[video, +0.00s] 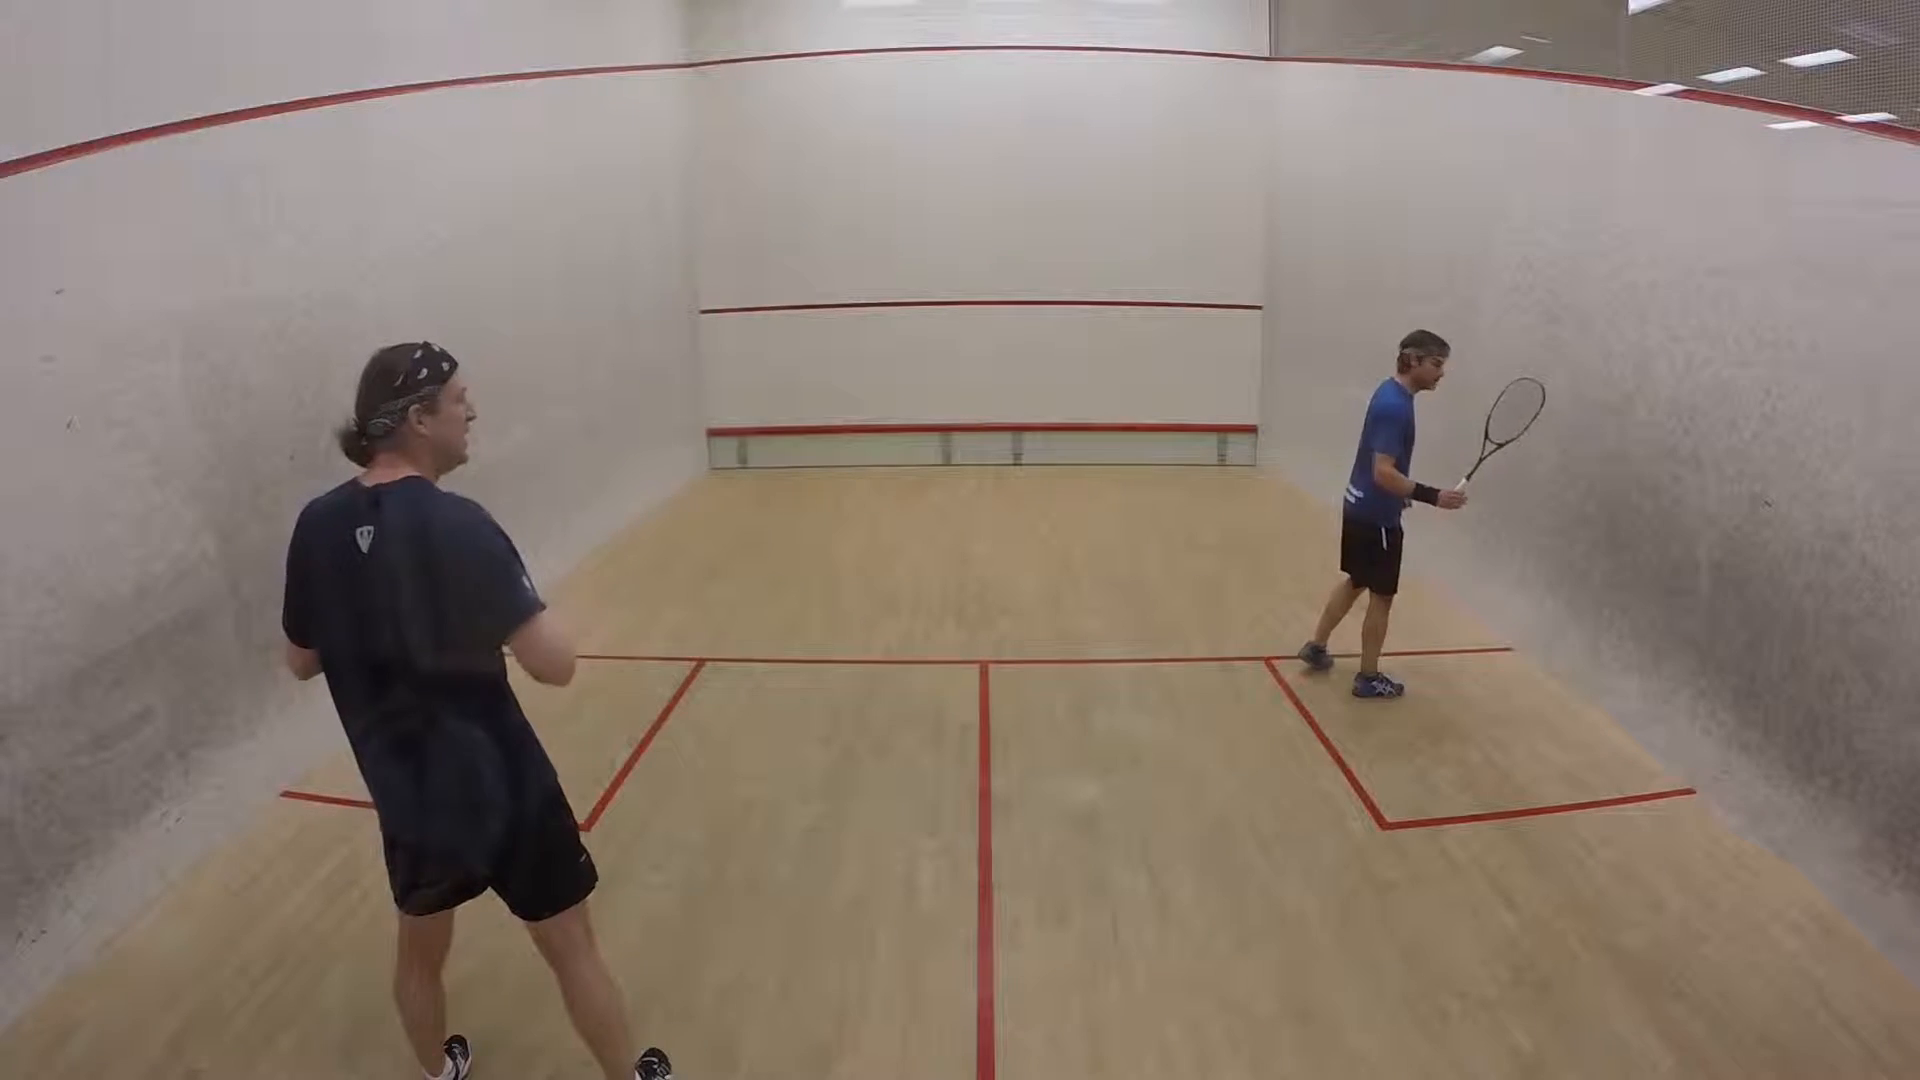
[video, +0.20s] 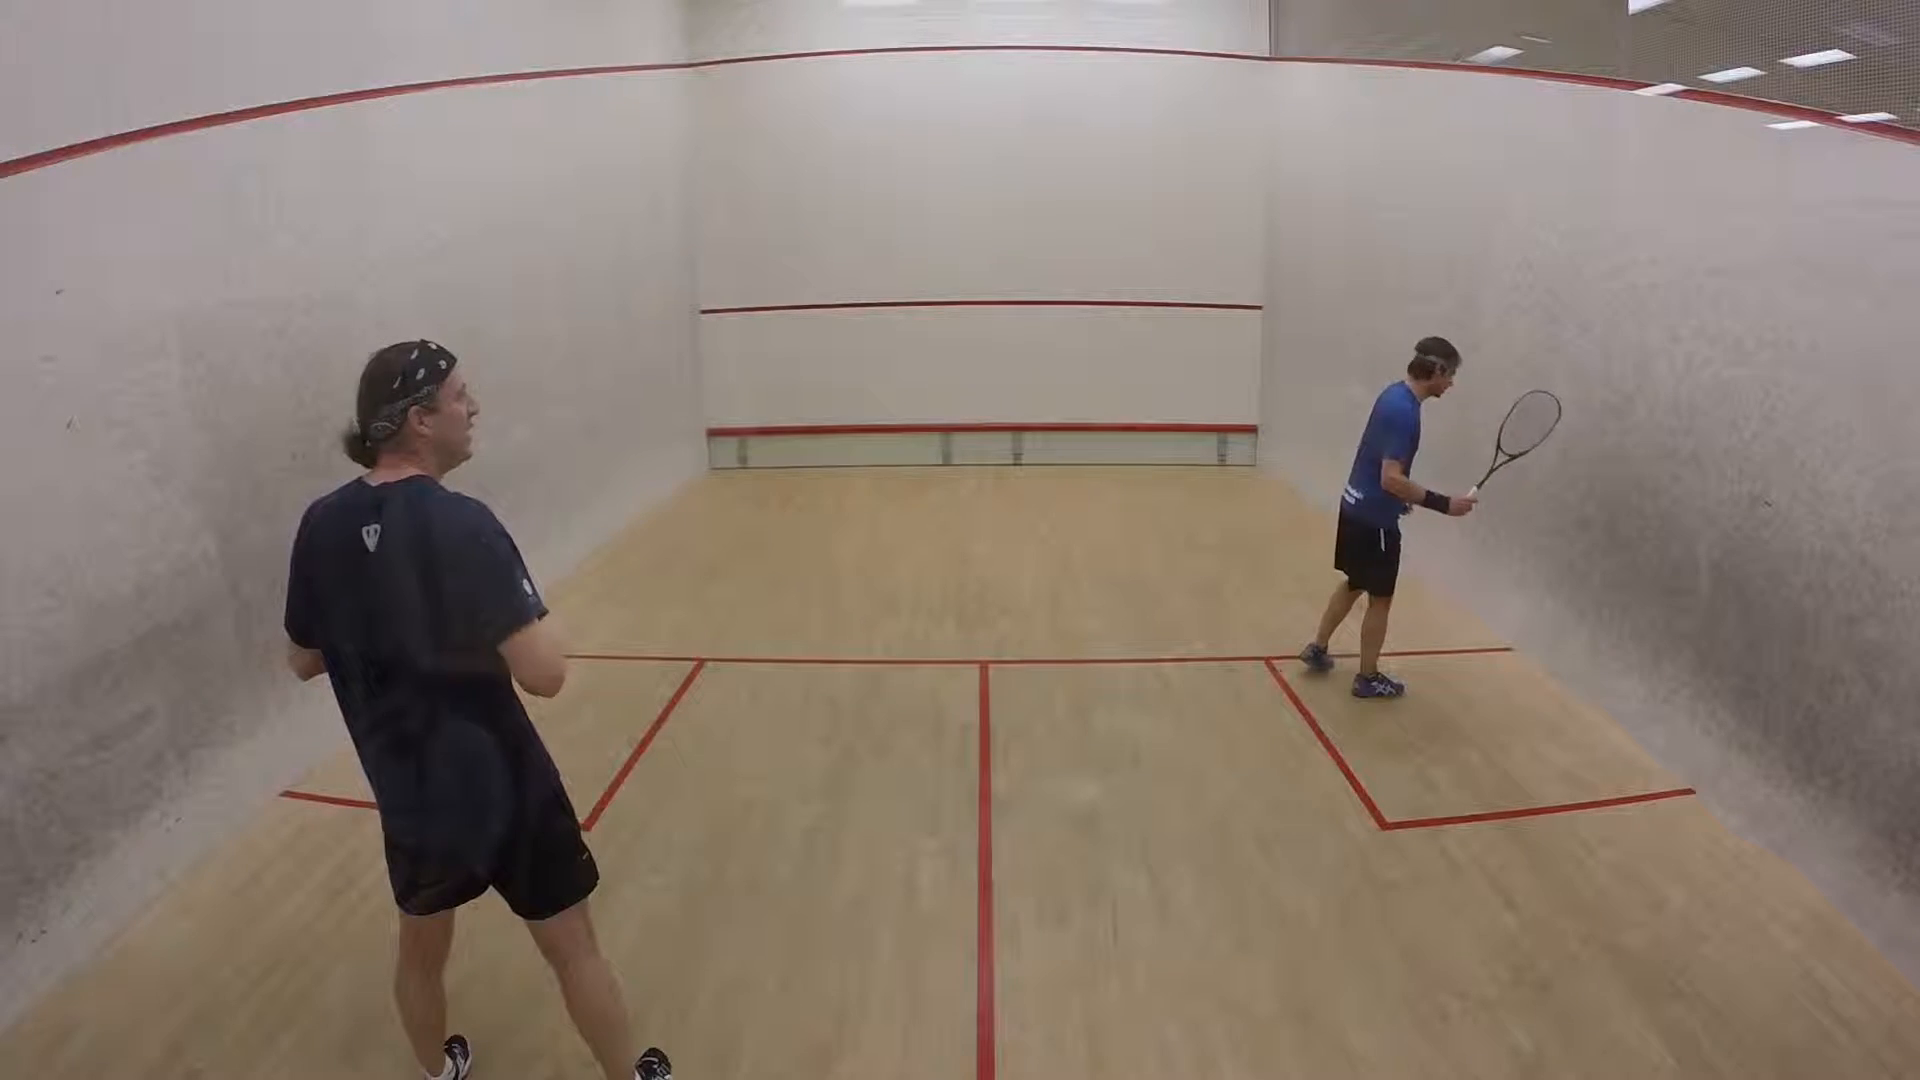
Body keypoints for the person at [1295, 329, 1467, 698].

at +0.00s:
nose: (1441, 373)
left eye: (1442, 366)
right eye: (1437, 365)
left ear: (1413, 363)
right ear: (1412, 362)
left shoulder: (1390, 394)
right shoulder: (1395, 405)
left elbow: (1377, 462)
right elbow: (1383, 473)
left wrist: (1400, 492)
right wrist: (1433, 495)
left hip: (1359, 507)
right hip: (1378, 517)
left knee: (1356, 581)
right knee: (1382, 597)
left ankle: (1316, 645)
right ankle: (1368, 676)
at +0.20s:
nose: (1450, 384)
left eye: (1452, 376)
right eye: (1449, 376)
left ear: (1422, 368)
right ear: (1434, 372)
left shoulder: (1393, 396)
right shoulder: (1404, 411)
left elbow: (1378, 464)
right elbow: (1391, 480)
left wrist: (1405, 494)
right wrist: (1445, 503)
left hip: (1354, 509)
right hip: (1377, 521)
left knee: (1353, 583)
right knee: (1380, 600)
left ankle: (1317, 646)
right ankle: (1368, 677)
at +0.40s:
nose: (1449, 390)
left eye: (1452, 382)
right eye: (1451, 382)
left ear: (1420, 369)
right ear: (1442, 379)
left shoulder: (1393, 398)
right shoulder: (1408, 416)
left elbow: (1379, 465)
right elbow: (1396, 484)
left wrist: (1410, 497)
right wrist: (1447, 513)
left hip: (1345, 507)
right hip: (1369, 521)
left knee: (1347, 582)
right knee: (1377, 599)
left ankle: (1306, 646)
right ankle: (1367, 677)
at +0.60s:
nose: (1440, 392)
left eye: (1442, 385)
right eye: (1442, 386)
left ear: (1411, 373)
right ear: (1436, 386)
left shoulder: (1386, 399)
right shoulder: (1401, 418)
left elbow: (1371, 455)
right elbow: (1399, 488)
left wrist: (1404, 474)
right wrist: (1453, 510)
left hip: (1334, 507)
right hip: (1359, 522)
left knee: (1333, 582)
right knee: (1373, 599)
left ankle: (1279, 640)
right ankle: (1367, 677)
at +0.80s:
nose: (1423, 389)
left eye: (1422, 382)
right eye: (1424, 384)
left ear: (1393, 374)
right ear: (1419, 387)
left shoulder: (1364, 398)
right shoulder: (1392, 425)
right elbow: (1402, 494)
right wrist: (1459, 508)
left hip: (1314, 508)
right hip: (1347, 524)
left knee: (1306, 581)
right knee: (1365, 600)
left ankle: (1261, 649)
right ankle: (1365, 676)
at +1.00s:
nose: (1388, 387)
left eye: (1386, 380)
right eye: (1388, 381)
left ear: (1354, 374)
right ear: (1383, 384)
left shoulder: (1319, 396)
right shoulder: (1374, 434)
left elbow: (1277, 439)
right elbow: (1378, 497)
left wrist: (1299, 461)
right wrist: (1421, 514)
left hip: (1286, 513)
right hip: (1327, 526)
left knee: (1277, 588)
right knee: (1346, 602)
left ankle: (1269, 671)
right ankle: (1363, 676)